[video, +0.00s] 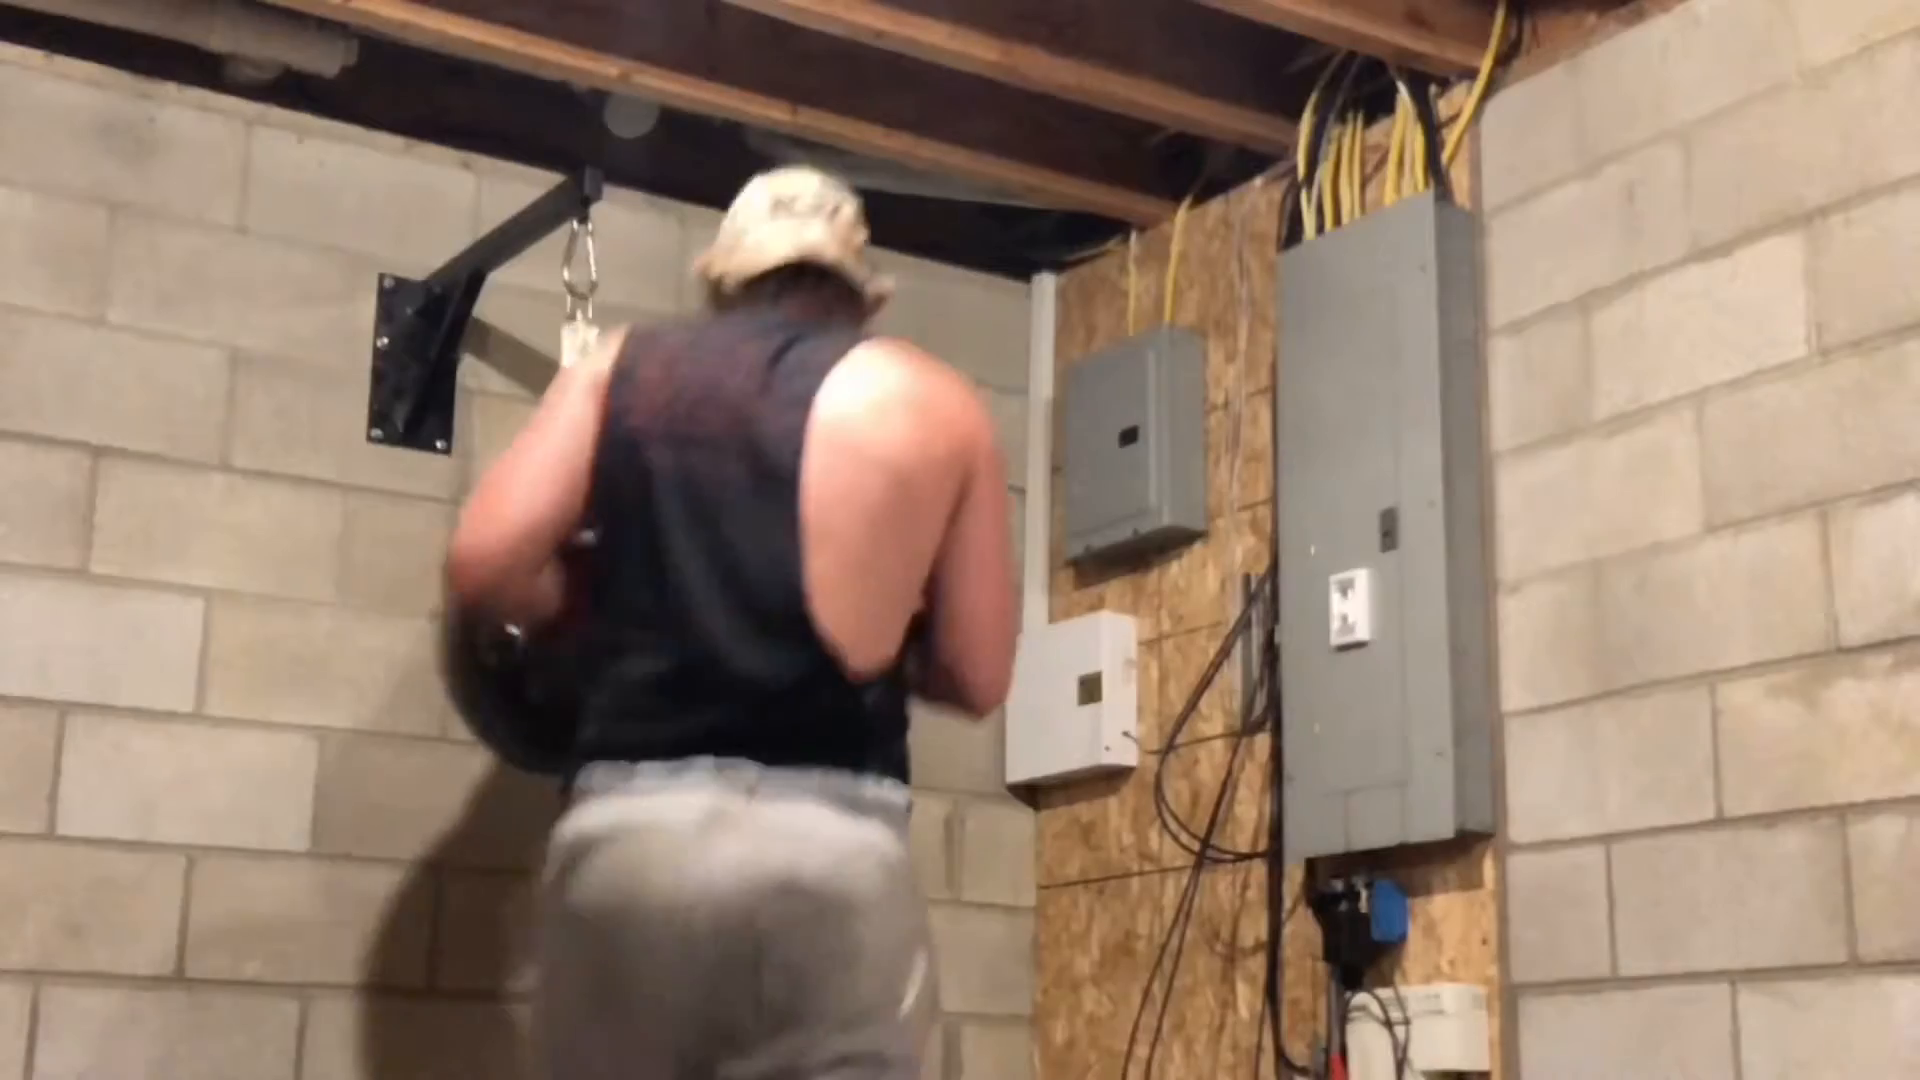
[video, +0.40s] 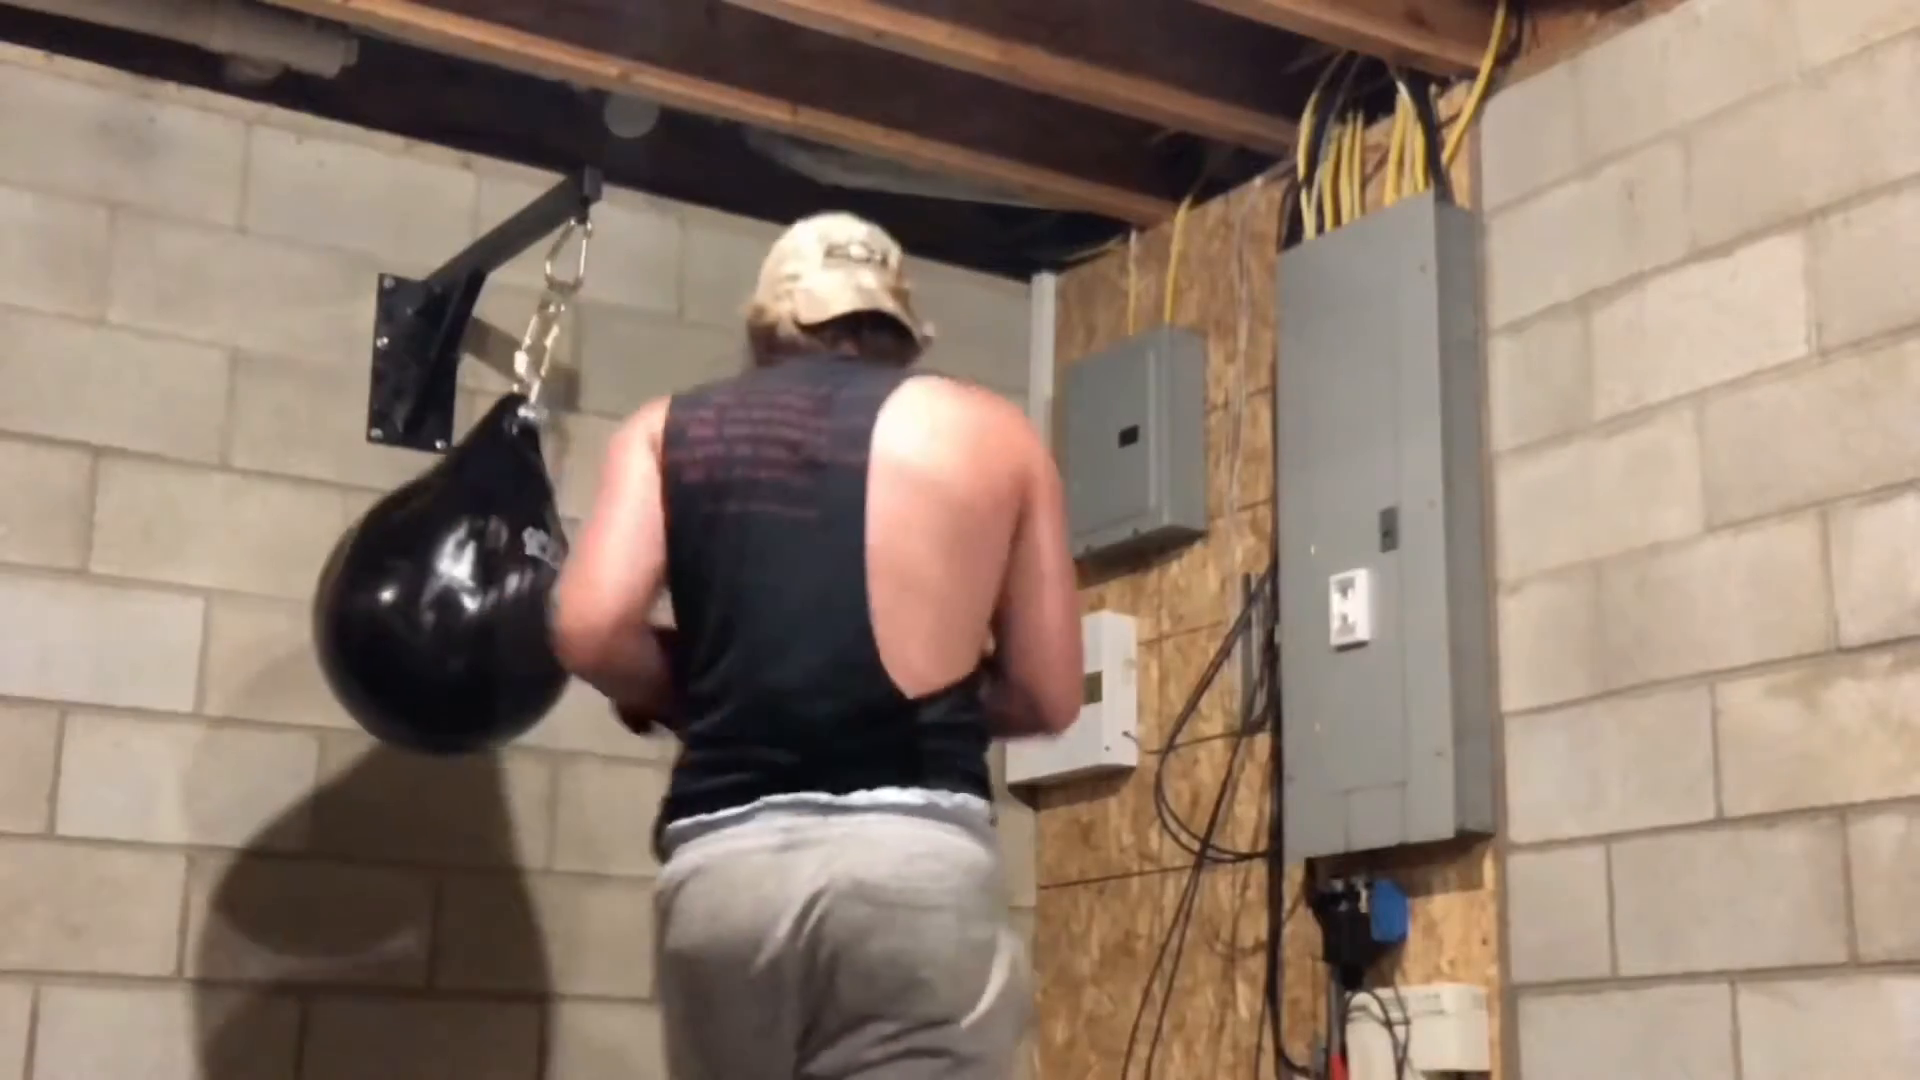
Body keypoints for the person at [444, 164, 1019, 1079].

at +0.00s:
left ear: (720, 277)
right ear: (862, 289)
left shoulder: (615, 366)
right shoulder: (942, 404)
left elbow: (485, 559)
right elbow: (976, 678)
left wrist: (606, 600)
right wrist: (863, 615)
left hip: (630, 830)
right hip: (841, 842)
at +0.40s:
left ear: (764, 321)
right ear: (906, 323)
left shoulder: (666, 427)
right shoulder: (998, 432)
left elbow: (588, 628)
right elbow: (1046, 696)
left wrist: (682, 689)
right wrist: (905, 700)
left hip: (723, 874)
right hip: (926, 867)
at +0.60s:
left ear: (751, 357)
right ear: (886, 330)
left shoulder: (684, 480)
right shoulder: (986, 409)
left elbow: (605, 720)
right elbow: (1123, 626)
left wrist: (745, 703)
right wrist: (995, 640)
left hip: (744, 887)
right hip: (929, 873)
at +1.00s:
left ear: (847, 359)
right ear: (975, 357)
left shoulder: (787, 442)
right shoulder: (1089, 461)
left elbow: (688, 675)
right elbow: (1134, 714)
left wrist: (798, 611)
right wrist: (1013, 635)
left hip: (825, 884)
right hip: (1025, 886)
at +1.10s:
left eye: (835, 361)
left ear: (848, 354)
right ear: (974, 358)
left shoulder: (817, 411)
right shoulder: (1091, 467)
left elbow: (706, 613)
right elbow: (1097, 723)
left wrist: (788, 602)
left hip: (857, 869)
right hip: (1052, 881)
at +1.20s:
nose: (796, 361)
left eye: (806, 351)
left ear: (830, 341)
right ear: (942, 342)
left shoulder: (828, 382)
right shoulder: (1061, 460)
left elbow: (716, 561)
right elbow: (1062, 642)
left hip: (880, 860)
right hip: (1061, 869)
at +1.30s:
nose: (761, 421)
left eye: (762, 404)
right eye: (758, 409)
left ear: (783, 376)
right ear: (884, 360)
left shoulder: (820, 408)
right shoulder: (999, 485)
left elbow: (721, 572)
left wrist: (639, 542)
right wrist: (795, 627)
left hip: (886, 902)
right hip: (1056, 899)